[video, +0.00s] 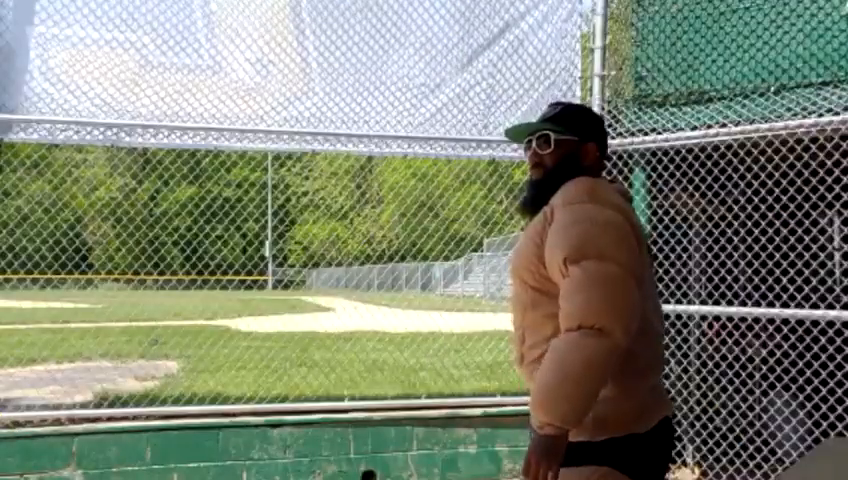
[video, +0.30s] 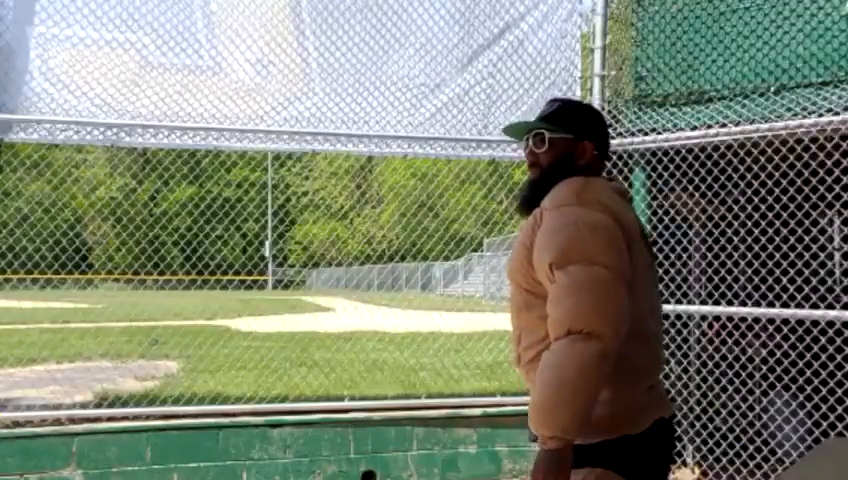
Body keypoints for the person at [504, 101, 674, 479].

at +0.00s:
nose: (532, 154)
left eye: (545, 141)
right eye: (530, 144)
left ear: (588, 152)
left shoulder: (584, 204)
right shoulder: (576, 203)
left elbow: (595, 324)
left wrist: (550, 425)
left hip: (606, 438)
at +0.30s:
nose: (529, 151)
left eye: (543, 139)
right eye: (529, 140)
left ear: (584, 151)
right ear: (586, 154)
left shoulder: (576, 206)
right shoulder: (597, 202)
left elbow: (584, 328)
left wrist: (553, 440)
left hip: (603, 440)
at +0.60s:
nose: (523, 150)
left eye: (537, 136)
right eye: (524, 137)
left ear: (578, 147)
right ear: (579, 150)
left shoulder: (571, 207)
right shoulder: (595, 199)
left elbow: (570, 331)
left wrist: (517, 432)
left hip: (594, 444)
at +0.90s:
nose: (518, 147)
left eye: (532, 134)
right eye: (522, 134)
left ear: (570, 143)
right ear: (572, 146)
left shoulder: (562, 206)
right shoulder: (604, 199)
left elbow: (553, 332)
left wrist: (482, 427)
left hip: (592, 453)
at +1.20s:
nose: (512, 139)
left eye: (522, 125)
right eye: (514, 126)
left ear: (559, 132)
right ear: (567, 135)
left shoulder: (549, 204)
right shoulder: (612, 196)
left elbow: (540, 343)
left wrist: (479, 445)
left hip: (589, 456)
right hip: (647, 443)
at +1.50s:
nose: (511, 135)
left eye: (522, 122)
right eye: (515, 122)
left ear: (558, 131)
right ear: (567, 132)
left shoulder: (547, 202)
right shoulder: (630, 196)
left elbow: (536, 347)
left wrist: (487, 457)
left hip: (586, 456)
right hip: (660, 440)